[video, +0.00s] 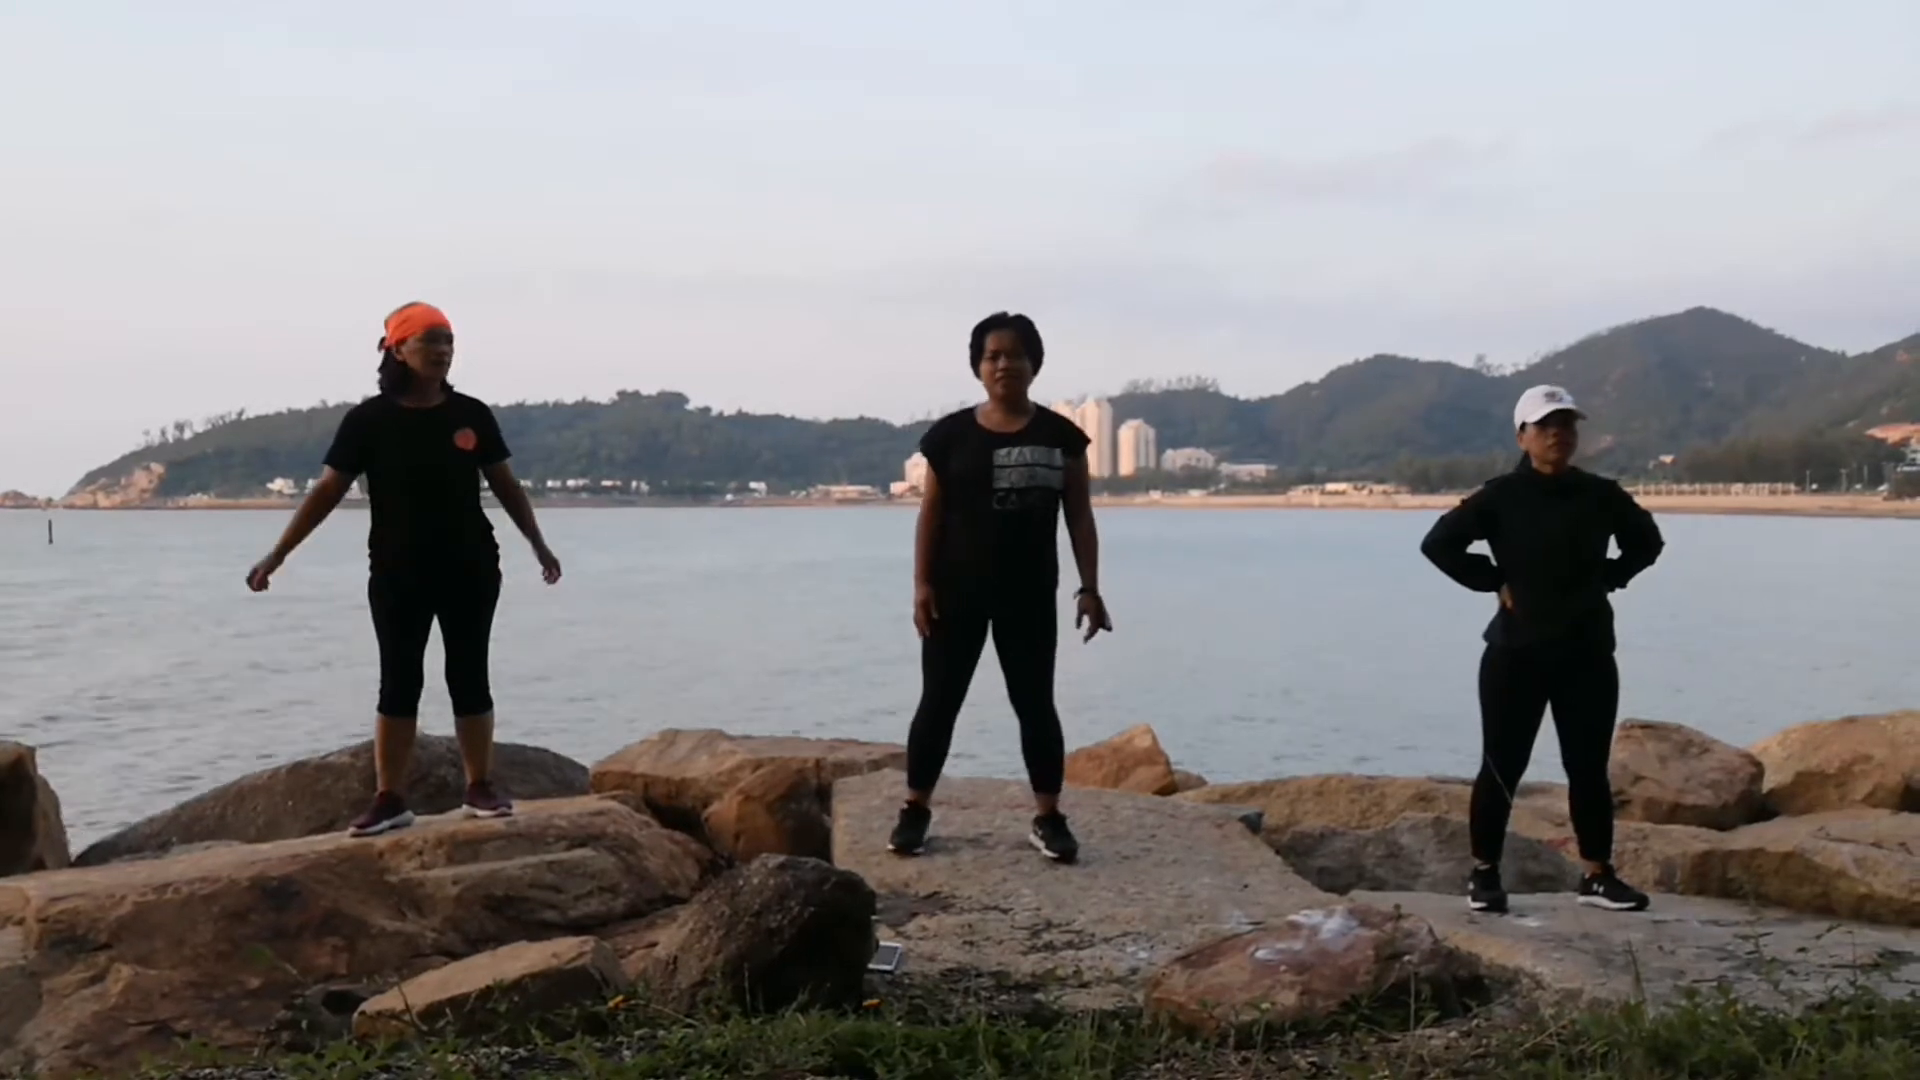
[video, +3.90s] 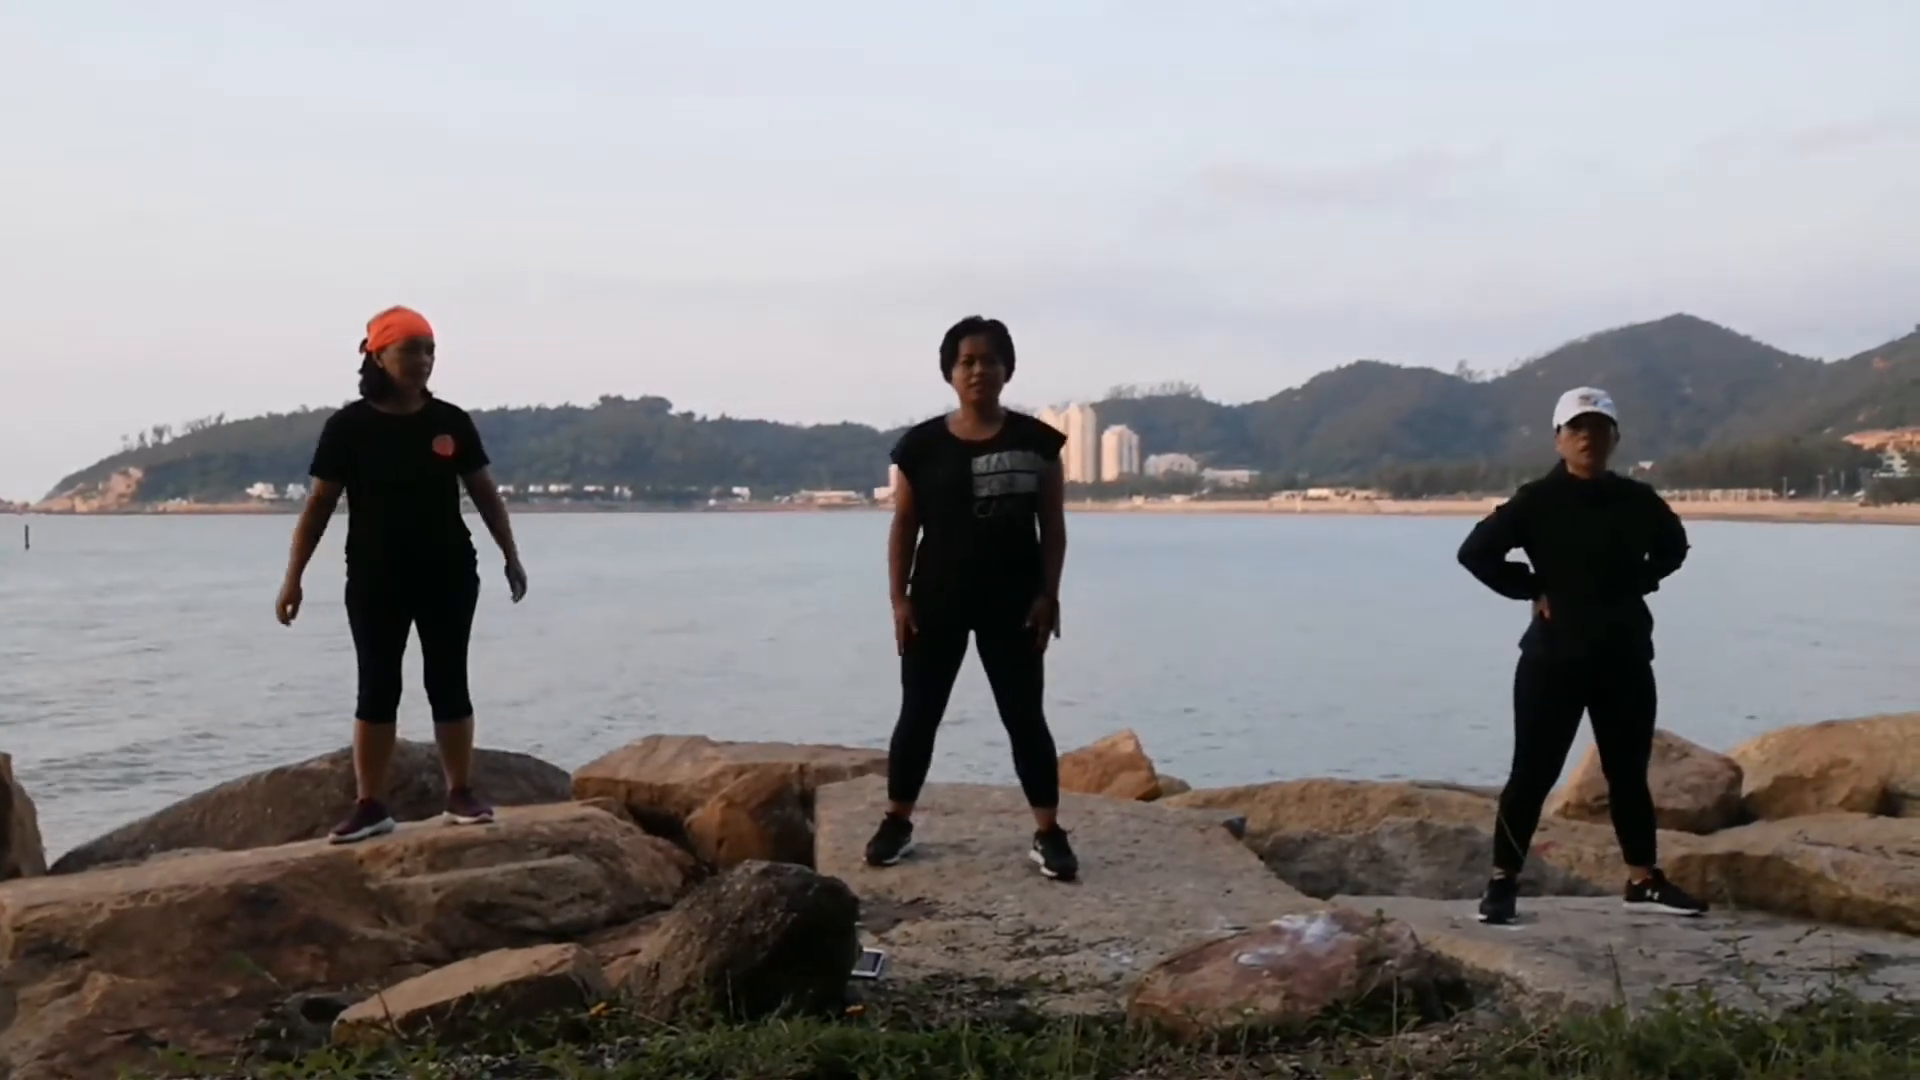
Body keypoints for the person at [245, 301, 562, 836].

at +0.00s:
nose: (443, 349)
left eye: (448, 340)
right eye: (431, 340)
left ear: (452, 348)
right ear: (399, 349)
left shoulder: (472, 416)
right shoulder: (368, 420)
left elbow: (505, 484)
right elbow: (326, 492)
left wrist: (538, 543)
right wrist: (276, 554)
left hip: (468, 570)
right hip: (398, 574)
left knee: (469, 680)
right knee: (398, 686)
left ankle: (480, 788)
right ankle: (388, 799)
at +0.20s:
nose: (444, 349)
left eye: (447, 341)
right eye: (431, 341)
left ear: (450, 349)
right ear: (398, 351)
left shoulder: (470, 416)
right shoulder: (367, 422)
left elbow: (496, 492)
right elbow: (344, 503)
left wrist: (516, 558)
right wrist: (320, 576)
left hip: (467, 572)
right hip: (398, 576)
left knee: (469, 681)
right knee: (397, 687)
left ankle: (478, 787)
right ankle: (388, 798)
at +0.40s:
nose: (440, 351)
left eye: (443, 342)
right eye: (427, 343)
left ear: (446, 349)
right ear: (393, 352)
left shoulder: (466, 414)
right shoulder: (363, 423)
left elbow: (492, 484)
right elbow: (355, 503)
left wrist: (480, 535)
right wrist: (394, 554)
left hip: (464, 571)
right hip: (395, 574)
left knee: (467, 680)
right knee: (395, 686)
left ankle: (477, 789)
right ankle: (387, 798)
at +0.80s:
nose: (435, 352)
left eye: (438, 343)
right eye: (422, 344)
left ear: (441, 350)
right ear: (388, 354)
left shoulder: (462, 416)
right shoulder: (361, 425)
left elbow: (490, 492)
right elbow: (340, 506)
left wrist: (507, 556)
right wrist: (321, 580)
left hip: (462, 573)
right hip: (393, 578)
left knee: (465, 683)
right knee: (393, 690)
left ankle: (476, 789)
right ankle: (385, 799)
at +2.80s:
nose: (429, 357)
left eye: (433, 347)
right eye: (417, 348)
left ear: (438, 352)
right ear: (383, 356)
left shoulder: (457, 418)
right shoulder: (354, 426)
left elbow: (490, 490)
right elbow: (328, 508)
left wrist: (514, 550)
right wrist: (309, 578)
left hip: (455, 575)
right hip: (385, 579)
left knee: (457, 683)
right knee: (384, 691)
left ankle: (466, 791)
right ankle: (376, 802)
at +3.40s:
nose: (427, 357)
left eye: (430, 347)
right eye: (414, 348)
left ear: (434, 353)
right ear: (380, 356)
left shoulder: (453, 420)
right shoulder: (349, 426)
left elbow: (481, 493)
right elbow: (341, 508)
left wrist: (473, 545)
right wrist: (371, 565)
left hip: (448, 575)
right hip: (380, 578)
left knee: (453, 685)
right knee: (380, 692)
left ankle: (463, 792)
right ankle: (373, 802)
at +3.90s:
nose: (423, 359)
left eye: (428, 349)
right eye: (411, 349)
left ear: (433, 356)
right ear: (378, 356)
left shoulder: (451, 423)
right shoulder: (347, 427)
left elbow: (484, 492)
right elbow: (319, 505)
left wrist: (510, 553)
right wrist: (292, 577)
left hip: (447, 578)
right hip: (376, 581)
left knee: (449, 686)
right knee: (377, 694)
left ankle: (459, 794)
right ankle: (370, 804)